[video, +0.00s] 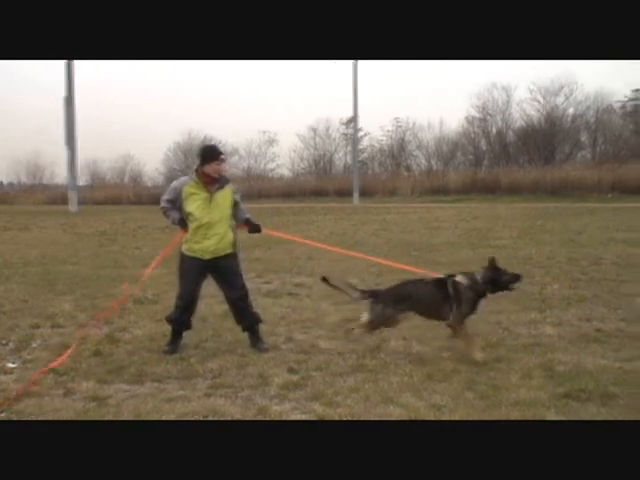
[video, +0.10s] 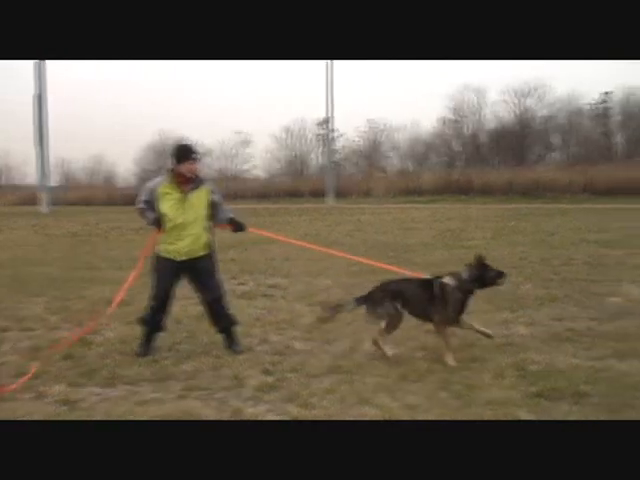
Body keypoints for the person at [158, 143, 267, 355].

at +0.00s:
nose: (221, 167)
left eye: (222, 163)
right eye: (217, 163)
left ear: (221, 165)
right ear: (204, 165)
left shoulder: (227, 188)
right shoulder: (183, 185)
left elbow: (237, 209)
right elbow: (166, 205)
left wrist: (248, 222)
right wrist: (179, 219)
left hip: (224, 253)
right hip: (193, 253)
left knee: (238, 295)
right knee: (186, 298)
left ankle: (255, 336)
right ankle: (175, 339)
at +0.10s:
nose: (194, 167)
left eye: (196, 162)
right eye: (189, 163)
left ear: (198, 164)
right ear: (177, 165)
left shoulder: (205, 189)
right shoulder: (158, 187)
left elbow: (217, 211)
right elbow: (142, 205)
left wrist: (231, 221)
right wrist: (154, 219)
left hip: (199, 253)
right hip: (169, 254)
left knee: (214, 297)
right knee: (160, 299)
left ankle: (230, 336)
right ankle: (147, 340)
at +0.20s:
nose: (181, 165)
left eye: (182, 161)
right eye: (177, 161)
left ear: (182, 163)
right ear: (164, 162)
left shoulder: (190, 187)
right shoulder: (143, 184)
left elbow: (202, 209)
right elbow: (130, 203)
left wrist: (215, 218)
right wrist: (139, 216)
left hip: (183, 252)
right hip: (152, 253)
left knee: (198, 295)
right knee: (142, 298)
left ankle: (213, 336)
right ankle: (130, 338)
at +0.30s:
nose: (176, 164)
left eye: (178, 160)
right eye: (173, 160)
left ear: (178, 162)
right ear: (160, 161)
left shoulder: (185, 184)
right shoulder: (138, 182)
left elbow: (194, 209)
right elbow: (122, 201)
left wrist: (203, 218)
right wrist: (134, 215)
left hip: (178, 251)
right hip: (147, 252)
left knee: (190, 294)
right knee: (136, 296)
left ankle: (204, 338)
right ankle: (122, 338)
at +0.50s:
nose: (177, 168)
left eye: (179, 164)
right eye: (173, 164)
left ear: (179, 164)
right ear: (160, 164)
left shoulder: (183, 186)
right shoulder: (138, 183)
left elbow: (189, 209)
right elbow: (120, 202)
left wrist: (196, 220)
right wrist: (133, 219)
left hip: (176, 253)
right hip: (147, 253)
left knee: (186, 296)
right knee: (136, 299)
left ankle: (200, 339)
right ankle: (118, 340)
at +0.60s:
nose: (175, 169)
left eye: (176, 165)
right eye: (171, 165)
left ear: (176, 165)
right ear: (158, 165)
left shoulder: (179, 187)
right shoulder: (136, 184)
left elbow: (185, 210)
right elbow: (117, 203)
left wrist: (192, 220)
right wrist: (130, 219)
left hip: (173, 253)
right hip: (144, 254)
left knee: (184, 297)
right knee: (133, 298)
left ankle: (198, 339)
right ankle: (117, 340)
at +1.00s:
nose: (168, 174)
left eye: (169, 170)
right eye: (164, 170)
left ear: (167, 171)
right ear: (151, 170)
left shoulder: (171, 193)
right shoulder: (127, 189)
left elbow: (175, 217)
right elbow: (107, 210)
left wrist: (180, 225)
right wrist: (124, 224)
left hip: (166, 258)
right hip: (137, 258)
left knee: (179, 299)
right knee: (129, 302)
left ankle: (197, 338)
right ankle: (117, 341)